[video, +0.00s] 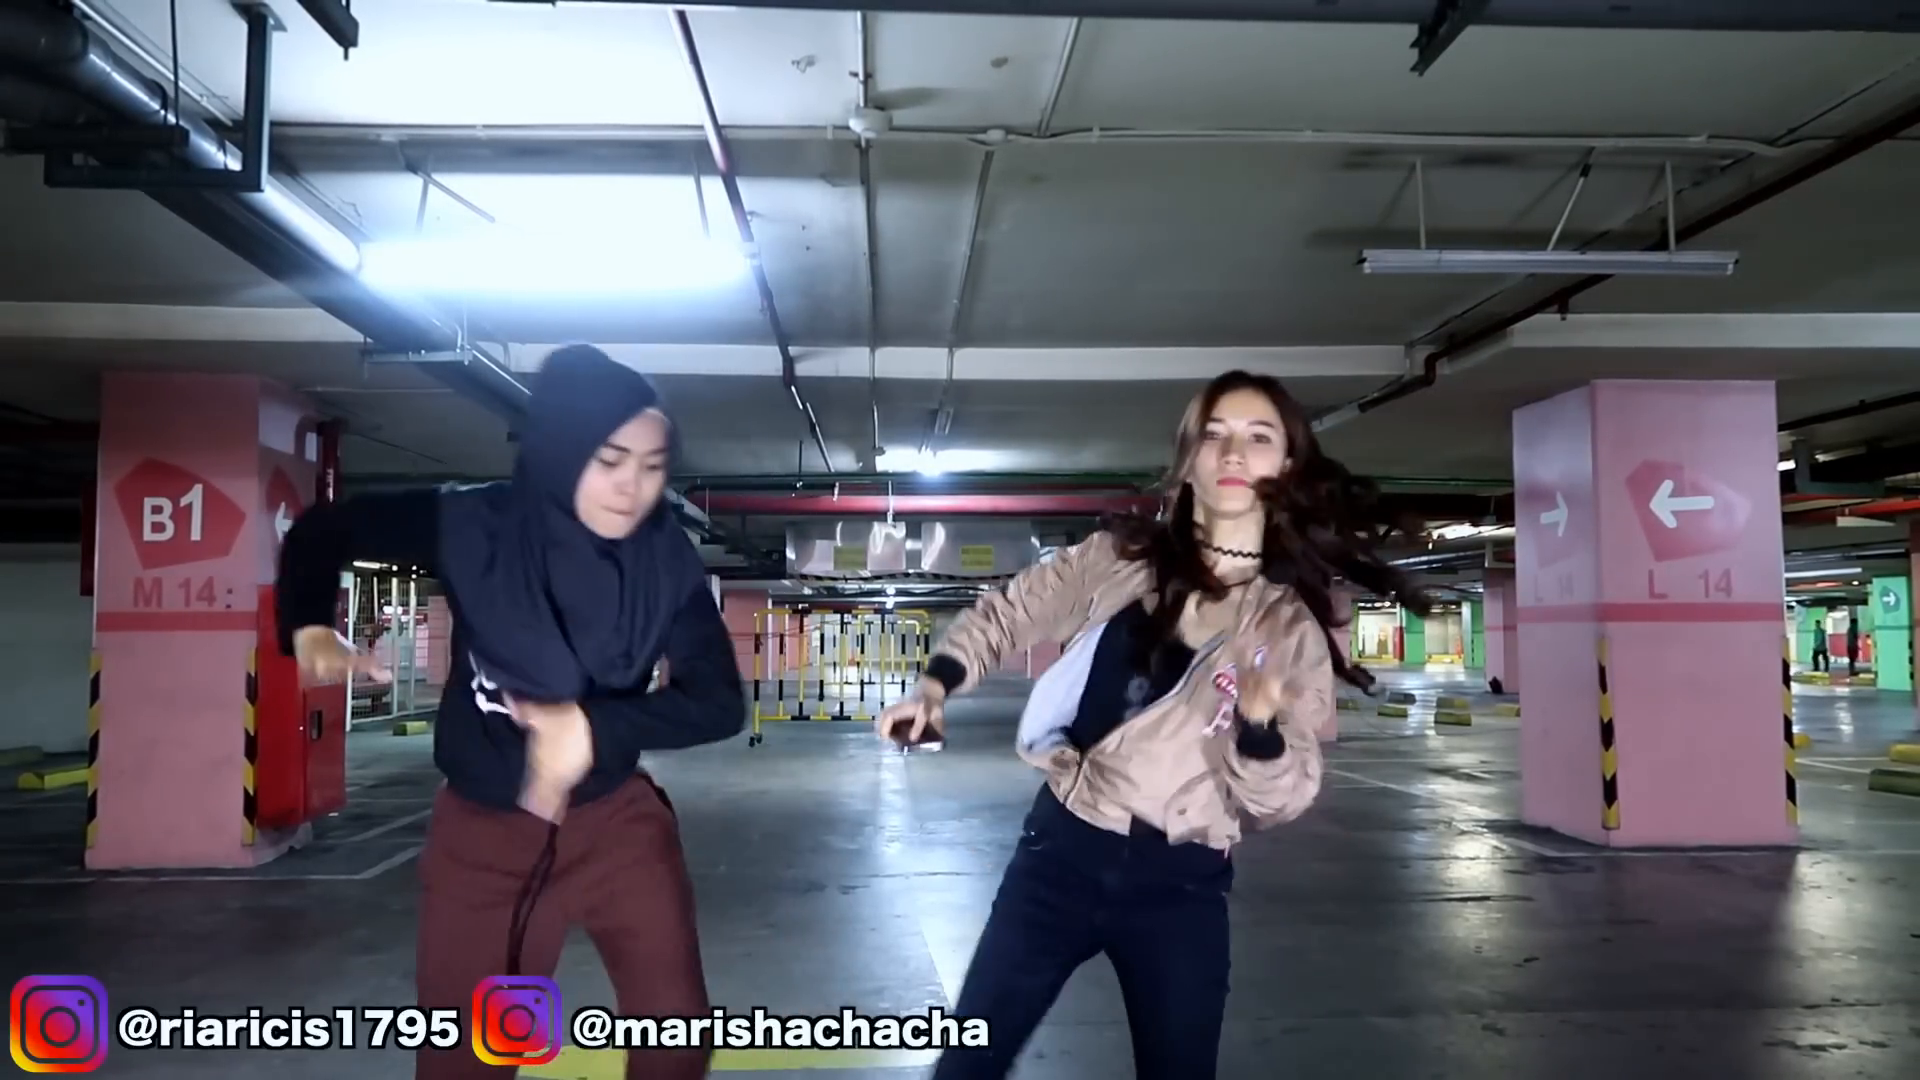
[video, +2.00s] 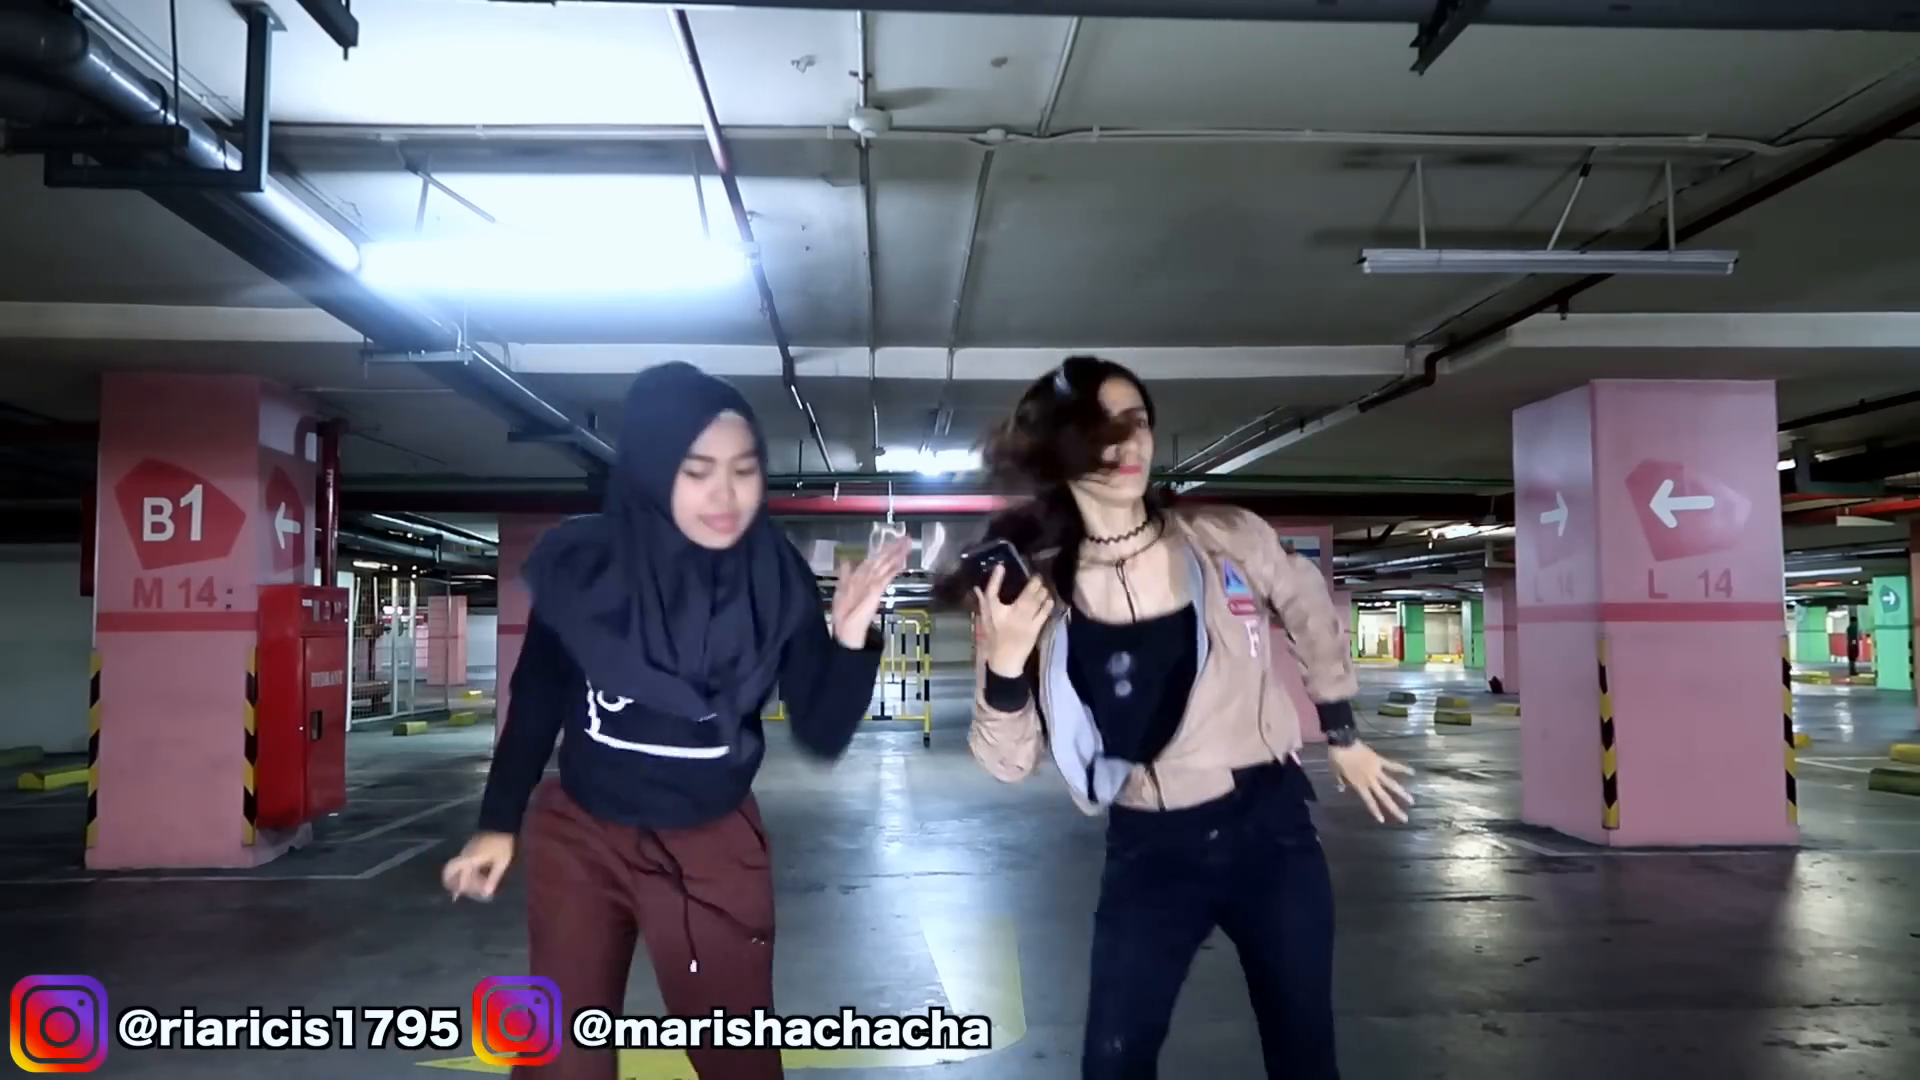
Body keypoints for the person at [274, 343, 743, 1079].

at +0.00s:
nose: (634, 487)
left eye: (654, 465)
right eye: (611, 460)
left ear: (669, 466)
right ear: (555, 452)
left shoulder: (666, 558)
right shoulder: (472, 525)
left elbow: (721, 703)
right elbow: (320, 531)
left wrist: (597, 728)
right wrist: (309, 624)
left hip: (620, 829)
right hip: (483, 834)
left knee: (679, 1045)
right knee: (456, 1060)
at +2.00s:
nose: (726, 495)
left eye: (745, 469)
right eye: (698, 470)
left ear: (762, 471)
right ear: (651, 473)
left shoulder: (774, 573)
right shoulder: (583, 561)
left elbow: (824, 733)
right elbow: (538, 697)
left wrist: (851, 628)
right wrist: (497, 823)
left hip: (712, 844)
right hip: (580, 834)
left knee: (740, 1061)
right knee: (569, 1060)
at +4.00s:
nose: (575, 555)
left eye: (600, 532)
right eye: (556, 530)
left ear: (632, 542)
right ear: (532, 539)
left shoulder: (677, 634)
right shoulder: (491, 627)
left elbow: (740, 740)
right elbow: (331, 711)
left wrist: (646, 847)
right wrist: (328, 857)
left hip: (622, 890)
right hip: (494, 885)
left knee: (733, 1063)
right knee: (451, 1061)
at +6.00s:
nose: (777, 552)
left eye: (785, 532)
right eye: (756, 529)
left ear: (791, 537)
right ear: (704, 527)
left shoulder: (762, 659)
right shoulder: (624, 555)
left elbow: (757, 810)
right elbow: (541, 537)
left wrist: (787, 937)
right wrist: (526, 643)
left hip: (655, 845)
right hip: (555, 822)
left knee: (641, 1040)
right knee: (636, 1035)